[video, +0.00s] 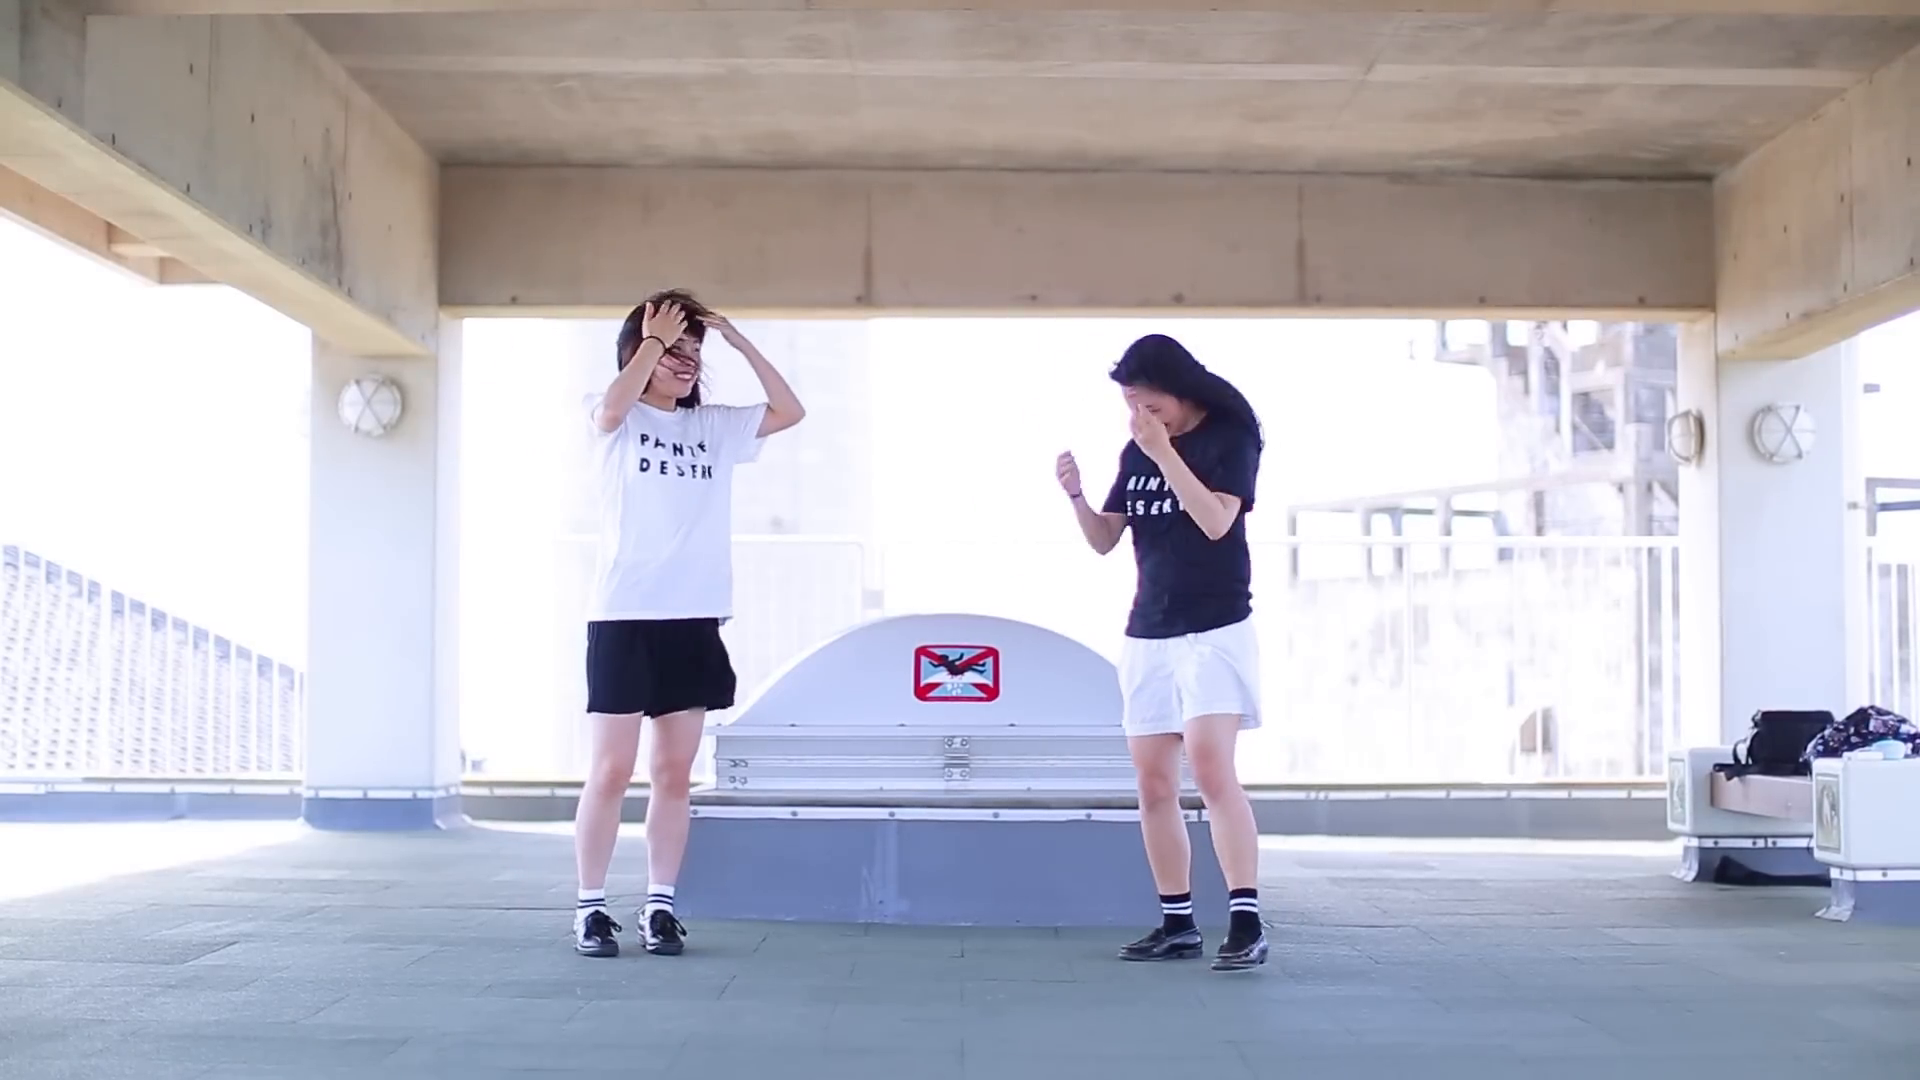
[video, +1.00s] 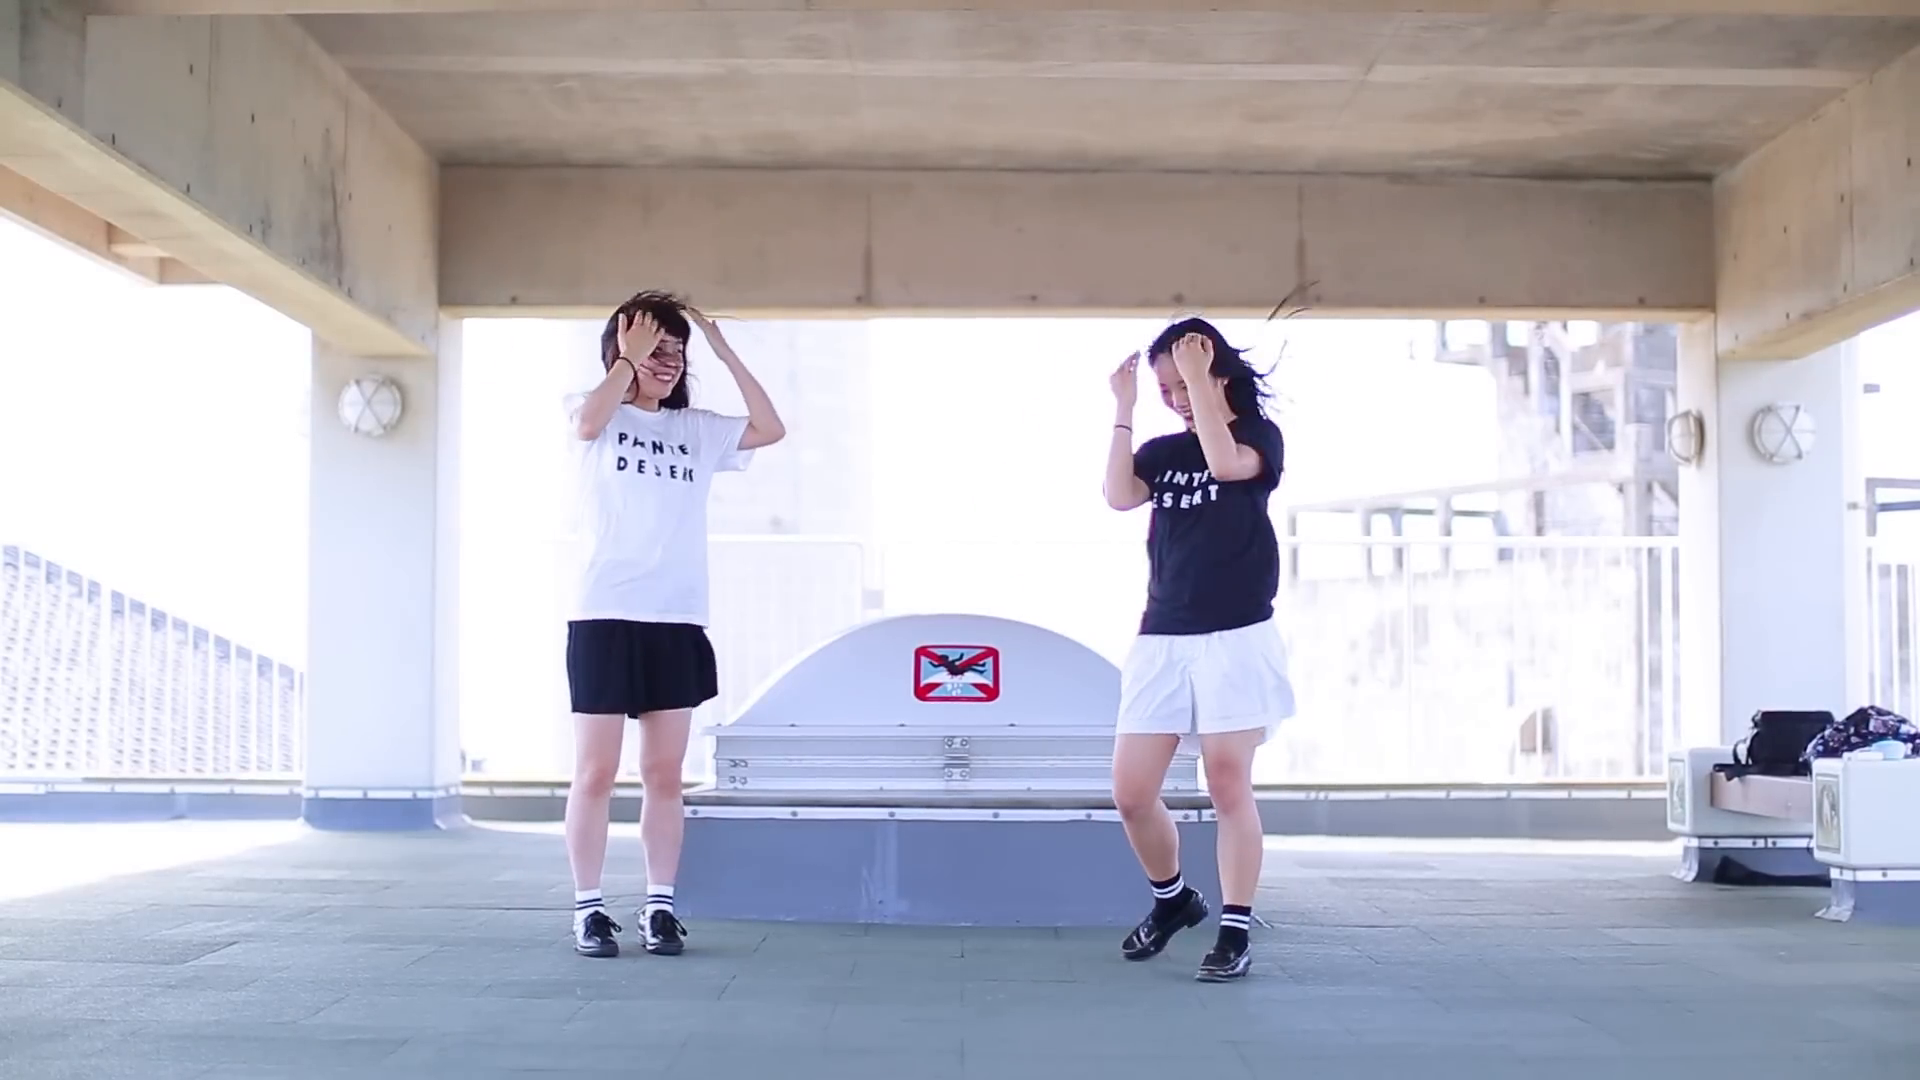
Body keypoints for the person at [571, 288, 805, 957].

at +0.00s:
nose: (681, 357)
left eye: (690, 348)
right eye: (668, 347)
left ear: (700, 356)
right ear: (637, 354)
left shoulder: (717, 423)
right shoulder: (614, 413)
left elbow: (789, 411)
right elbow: (613, 411)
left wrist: (739, 341)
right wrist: (651, 346)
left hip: (695, 621)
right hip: (623, 619)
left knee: (674, 775)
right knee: (612, 772)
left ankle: (661, 907)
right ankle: (591, 909)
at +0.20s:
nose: (681, 361)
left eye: (690, 351)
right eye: (668, 350)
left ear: (702, 359)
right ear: (639, 356)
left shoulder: (717, 426)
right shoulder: (616, 413)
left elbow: (789, 417)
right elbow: (612, 411)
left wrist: (742, 344)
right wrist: (649, 346)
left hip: (693, 621)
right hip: (621, 619)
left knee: (673, 775)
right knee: (610, 771)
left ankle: (661, 907)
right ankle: (591, 908)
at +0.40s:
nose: (679, 361)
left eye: (689, 352)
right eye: (668, 350)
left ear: (701, 359)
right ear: (640, 354)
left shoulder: (715, 427)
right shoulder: (615, 411)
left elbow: (787, 423)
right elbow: (600, 415)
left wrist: (741, 349)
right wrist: (640, 354)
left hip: (692, 618)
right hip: (618, 614)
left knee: (672, 774)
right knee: (607, 772)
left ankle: (661, 907)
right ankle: (590, 909)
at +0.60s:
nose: (673, 362)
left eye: (683, 353)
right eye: (662, 351)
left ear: (697, 360)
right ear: (635, 354)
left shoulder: (712, 428)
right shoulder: (610, 411)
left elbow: (783, 427)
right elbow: (595, 420)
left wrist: (740, 353)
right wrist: (636, 356)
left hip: (689, 622)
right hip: (613, 619)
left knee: (670, 775)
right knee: (603, 773)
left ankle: (661, 909)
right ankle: (589, 909)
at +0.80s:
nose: (668, 362)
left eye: (677, 352)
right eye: (655, 351)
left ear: (690, 359)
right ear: (626, 354)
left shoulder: (707, 428)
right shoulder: (598, 411)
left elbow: (776, 430)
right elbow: (594, 418)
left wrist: (734, 353)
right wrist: (633, 355)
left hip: (682, 621)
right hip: (608, 617)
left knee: (667, 777)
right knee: (599, 773)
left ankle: (660, 908)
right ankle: (589, 909)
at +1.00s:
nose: (662, 361)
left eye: (671, 352)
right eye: (649, 349)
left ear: (683, 360)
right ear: (619, 355)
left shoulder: (698, 427)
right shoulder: (593, 411)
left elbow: (769, 428)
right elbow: (590, 422)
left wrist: (723, 351)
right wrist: (627, 361)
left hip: (678, 621)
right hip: (603, 618)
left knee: (665, 776)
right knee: (596, 774)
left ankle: (660, 907)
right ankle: (589, 910)